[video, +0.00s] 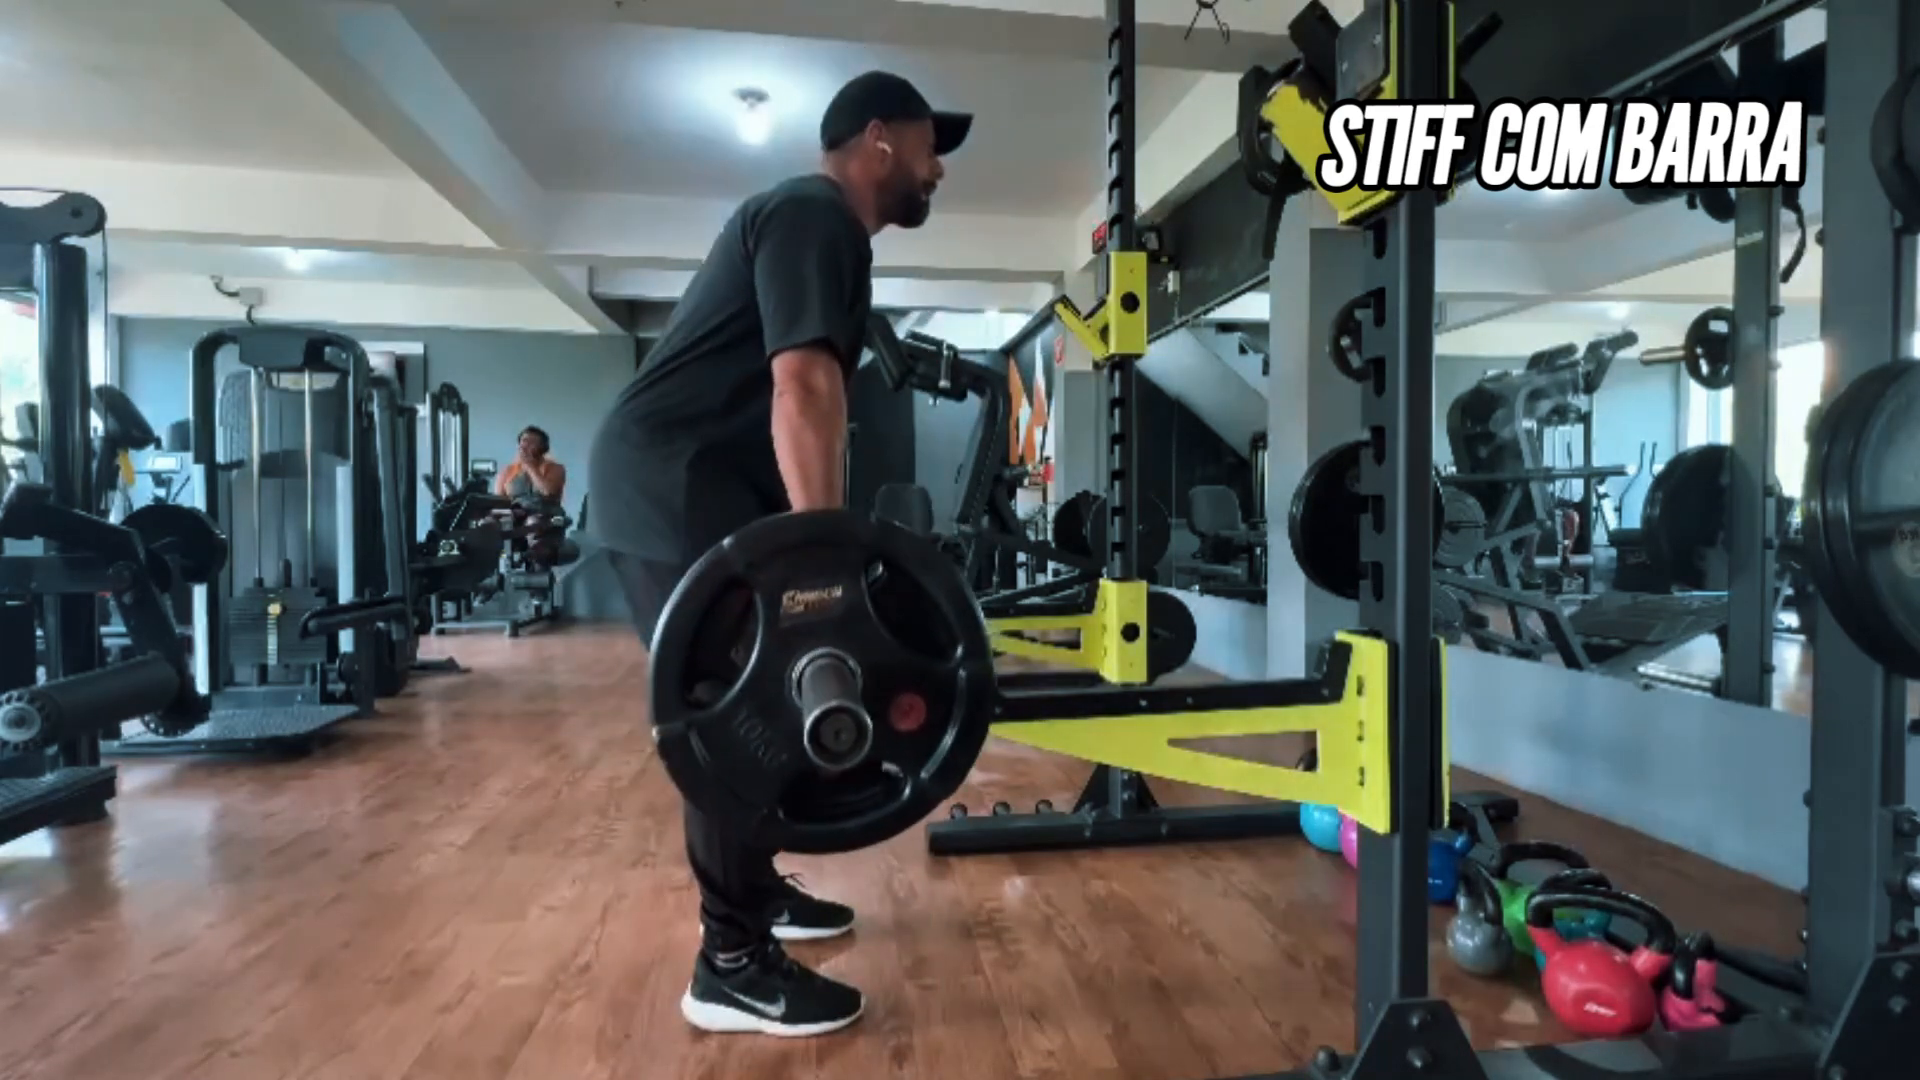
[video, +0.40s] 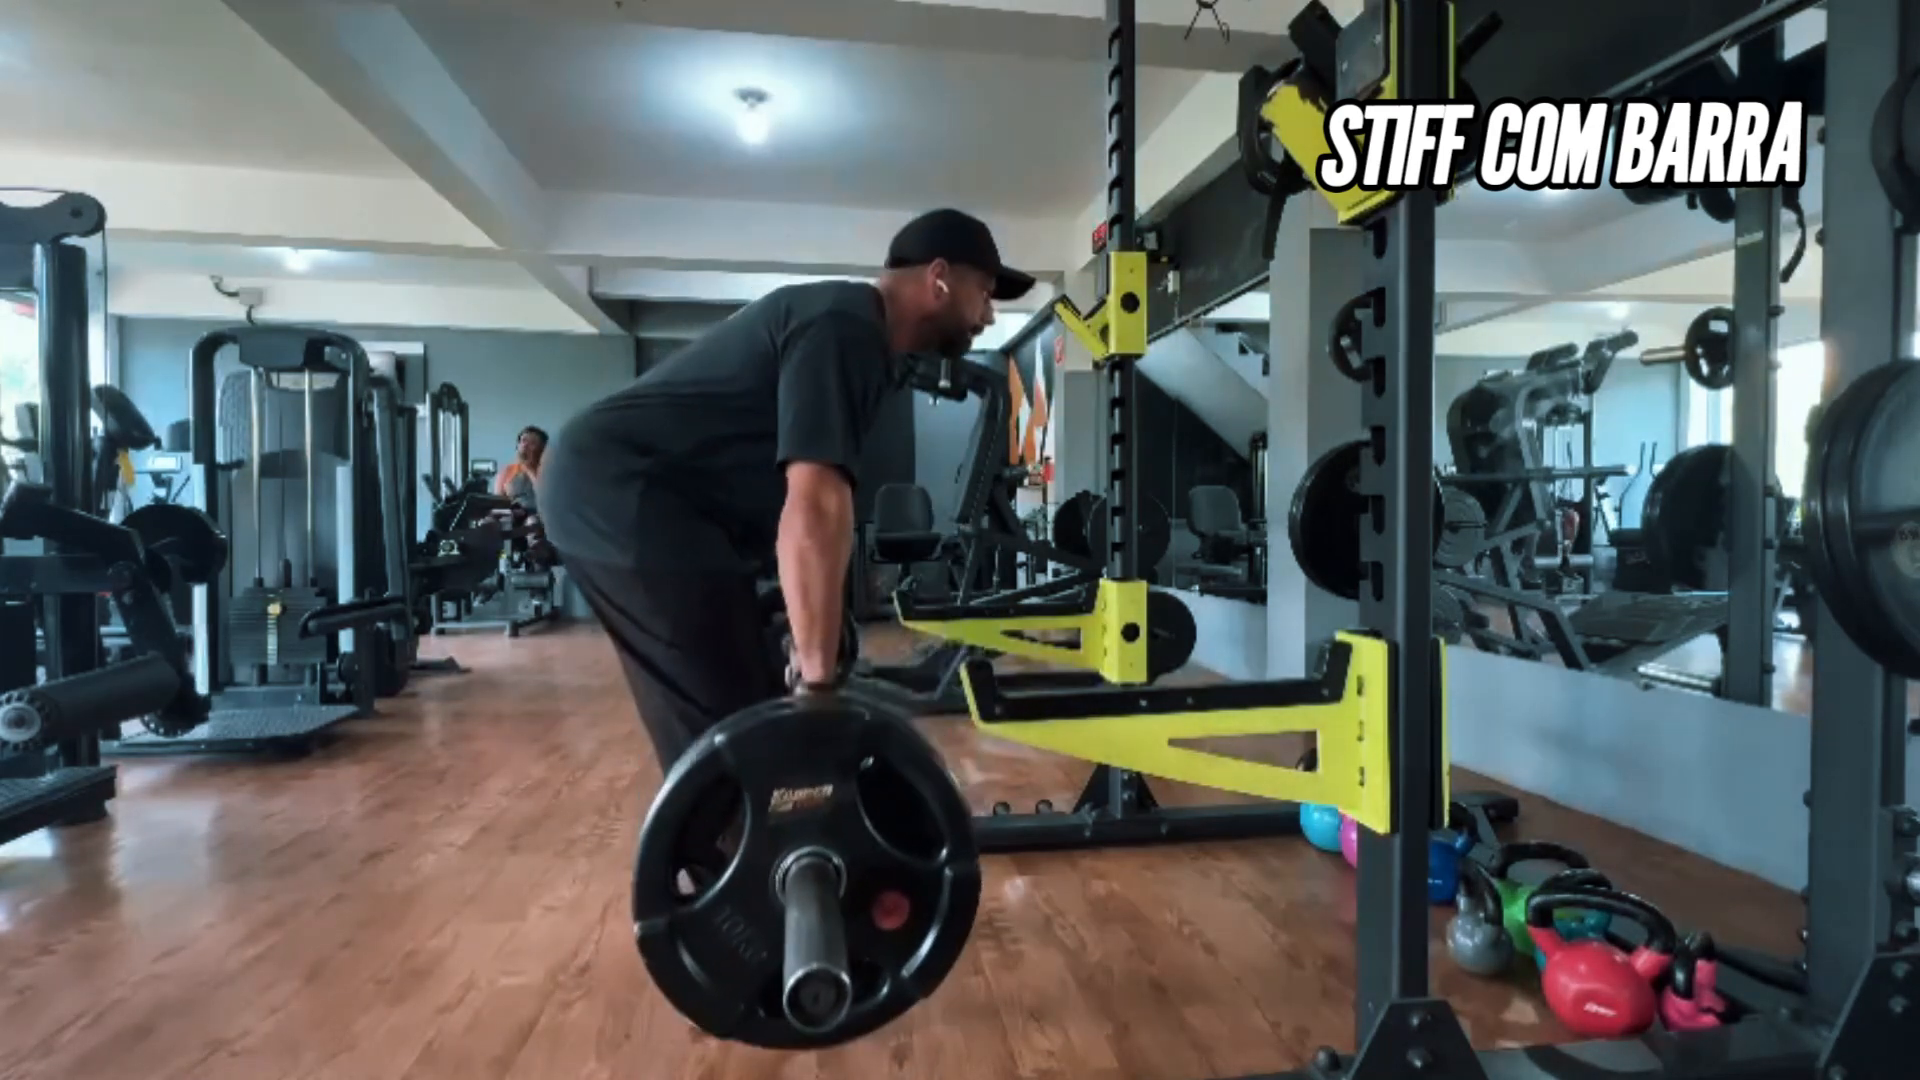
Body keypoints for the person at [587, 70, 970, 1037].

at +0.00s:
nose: (938, 172)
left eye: (939, 154)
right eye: (930, 150)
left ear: (871, 146)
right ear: (875, 140)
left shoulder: (832, 229)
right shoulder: (810, 210)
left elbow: (806, 390)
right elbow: (803, 383)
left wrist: (825, 565)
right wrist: (826, 564)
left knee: (745, 690)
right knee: (724, 703)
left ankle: (750, 888)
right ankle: (728, 957)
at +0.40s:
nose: (990, 315)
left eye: (994, 298)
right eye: (986, 292)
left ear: (934, 280)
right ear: (938, 277)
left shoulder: (850, 332)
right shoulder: (840, 322)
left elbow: (822, 502)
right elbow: (814, 499)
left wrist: (816, 665)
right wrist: (818, 675)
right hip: (620, 481)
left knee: (709, 715)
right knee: (741, 709)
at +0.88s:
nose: (995, 428)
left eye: (1004, 414)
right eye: (997, 407)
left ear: (949, 379)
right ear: (954, 380)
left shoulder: (853, 402)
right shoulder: (847, 400)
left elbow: (821, 588)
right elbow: (812, 592)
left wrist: (796, 752)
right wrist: (802, 773)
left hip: (601, 496)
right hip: (597, 498)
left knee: (731, 714)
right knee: (733, 718)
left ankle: (728, 936)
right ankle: (728, 944)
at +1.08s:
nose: (997, 408)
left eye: (1005, 393)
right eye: (997, 386)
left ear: (948, 361)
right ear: (953, 360)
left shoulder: (850, 389)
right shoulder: (844, 388)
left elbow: (819, 570)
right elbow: (810, 573)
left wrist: (793, 736)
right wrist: (800, 756)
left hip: (603, 490)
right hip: (599, 492)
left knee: (735, 719)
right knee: (734, 723)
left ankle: (726, 931)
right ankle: (728, 937)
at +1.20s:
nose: (993, 360)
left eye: (999, 341)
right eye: (991, 335)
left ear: (940, 314)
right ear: (945, 314)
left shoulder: (846, 351)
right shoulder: (841, 350)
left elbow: (809, 528)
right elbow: (807, 528)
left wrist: (797, 690)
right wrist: (802, 709)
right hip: (613, 489)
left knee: (726, 712)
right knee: (738, 714)